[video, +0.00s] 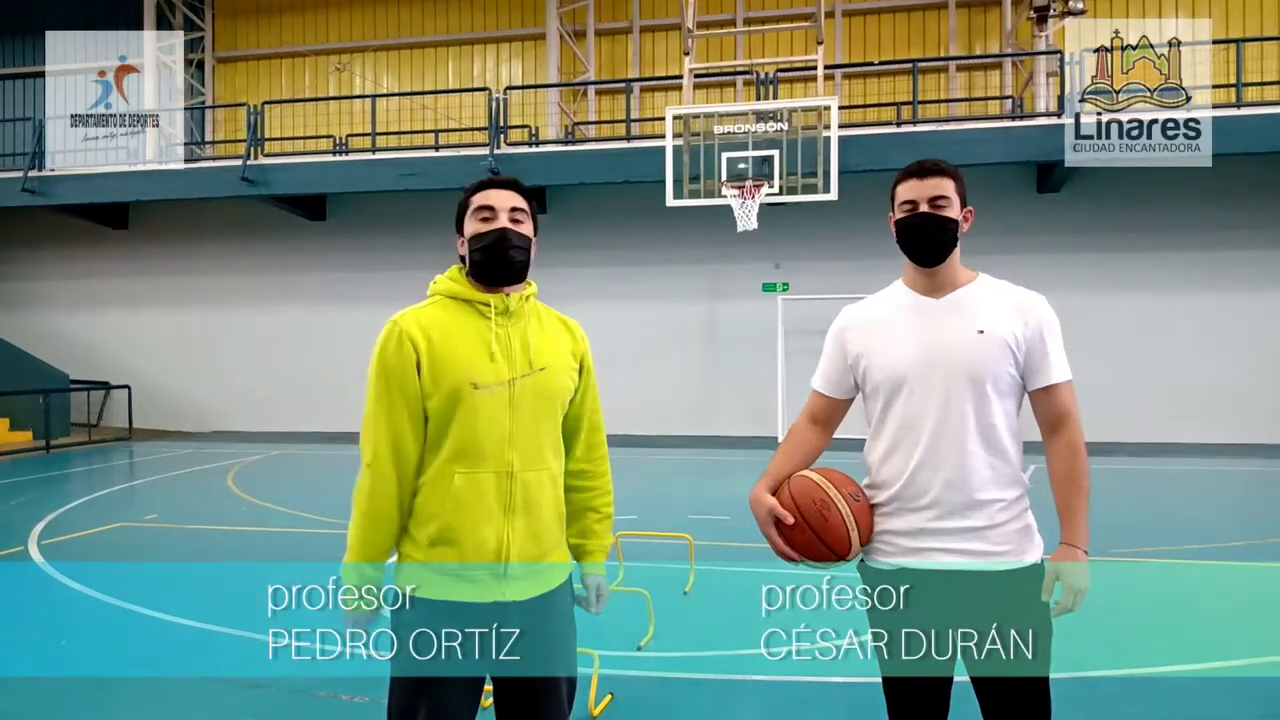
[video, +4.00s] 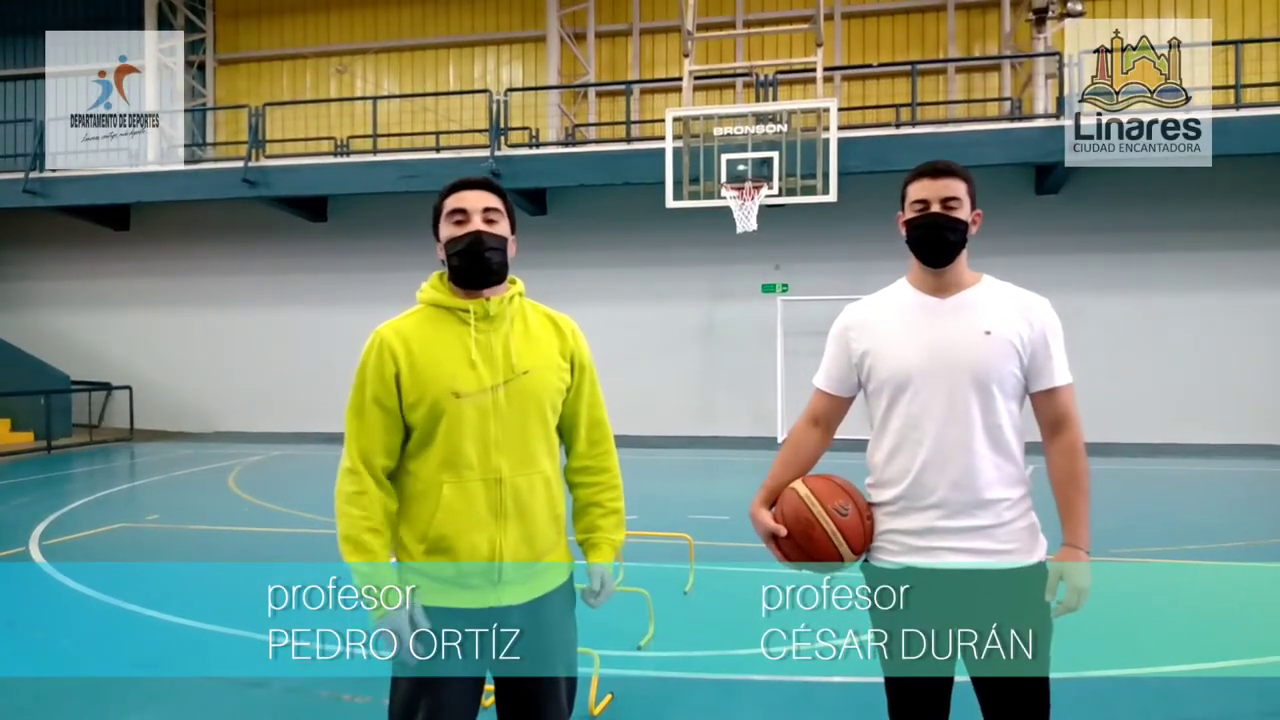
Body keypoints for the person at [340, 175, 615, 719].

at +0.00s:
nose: (503, 225)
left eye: (518, 217)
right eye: (486, 216)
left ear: (535, 242)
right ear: (462, 242)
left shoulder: (566, 337)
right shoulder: (412, 334)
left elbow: (587, 459)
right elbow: (387, 463)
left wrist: (591, 557)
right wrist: (363, 579)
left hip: (541, 589)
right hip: (440, 590)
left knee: (547, 710)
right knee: (429, 713)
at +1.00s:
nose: (465, 223)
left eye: (480, 214)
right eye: (446, 216)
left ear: (501, 240)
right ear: (427, 244)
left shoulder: (547, 332)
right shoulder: (383, 339)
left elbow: (580, 450)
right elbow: (345, 464)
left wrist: (592, 551)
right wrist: (355, 572)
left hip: (530, 587)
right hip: (426, 591)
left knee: (536, 712)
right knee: (419, 715)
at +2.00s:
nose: (489, 229)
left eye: (504, 220)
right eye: (471, 219)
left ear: (522, 243)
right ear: (449, 244)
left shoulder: (562, 337)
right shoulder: (402, 340)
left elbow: (592, 456)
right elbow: (370, 466)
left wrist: (601, 554)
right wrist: (365, 581)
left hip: (544, 588)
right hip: (440, 591)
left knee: (550, 711)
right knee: (433, 714)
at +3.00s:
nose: (487, 227)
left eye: (503, 218)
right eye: (469, 219)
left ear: (522, 242)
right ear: (449, 243)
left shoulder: (563, 337)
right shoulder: (403, 340)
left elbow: (594, 457)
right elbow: (371, 466)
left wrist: (599, 552)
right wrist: (397, 569)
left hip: (543, 590)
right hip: (439, 592)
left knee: (547, 712)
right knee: (431, 715)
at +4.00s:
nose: (477, 227)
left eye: (492, 217)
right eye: (459, 218)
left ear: (513, 241)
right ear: (440, 244)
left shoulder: (558, 336)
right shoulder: (396, 344)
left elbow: (593, 454)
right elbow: (363, 474)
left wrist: (601, 550)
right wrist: (380, 589)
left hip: (541, 592)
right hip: (436, 596)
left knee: (548, 712)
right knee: (430, 715)